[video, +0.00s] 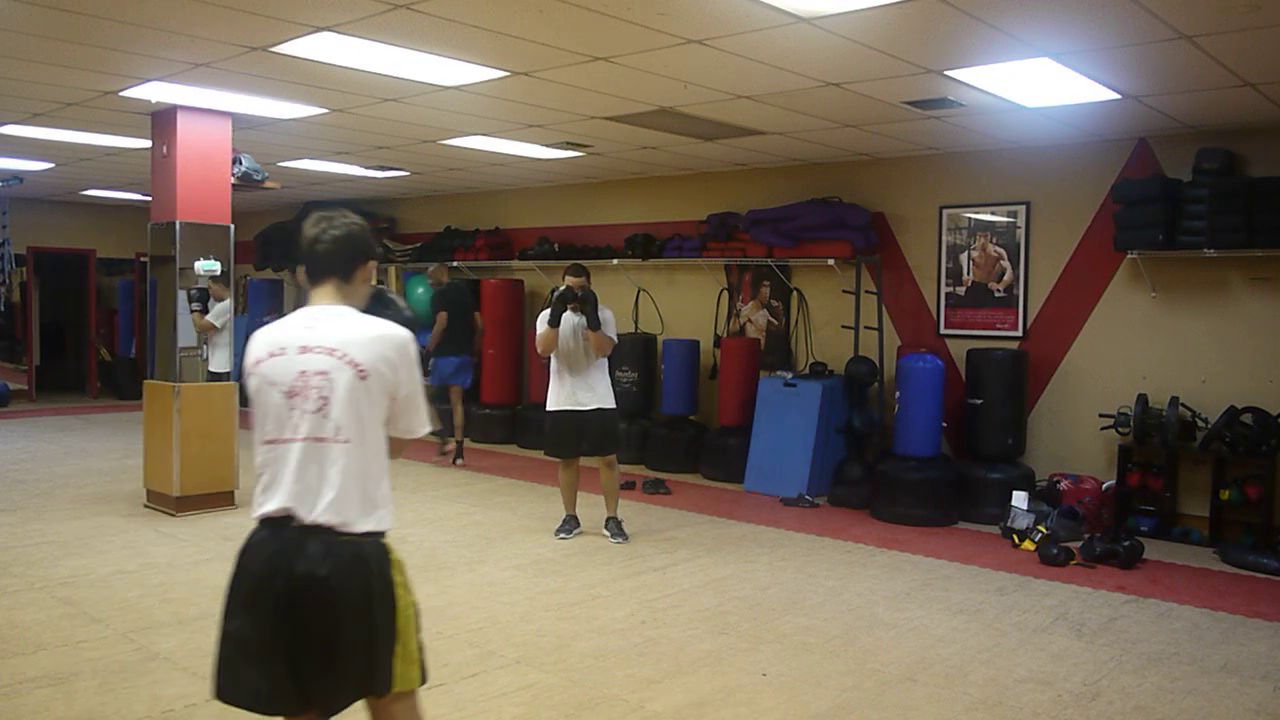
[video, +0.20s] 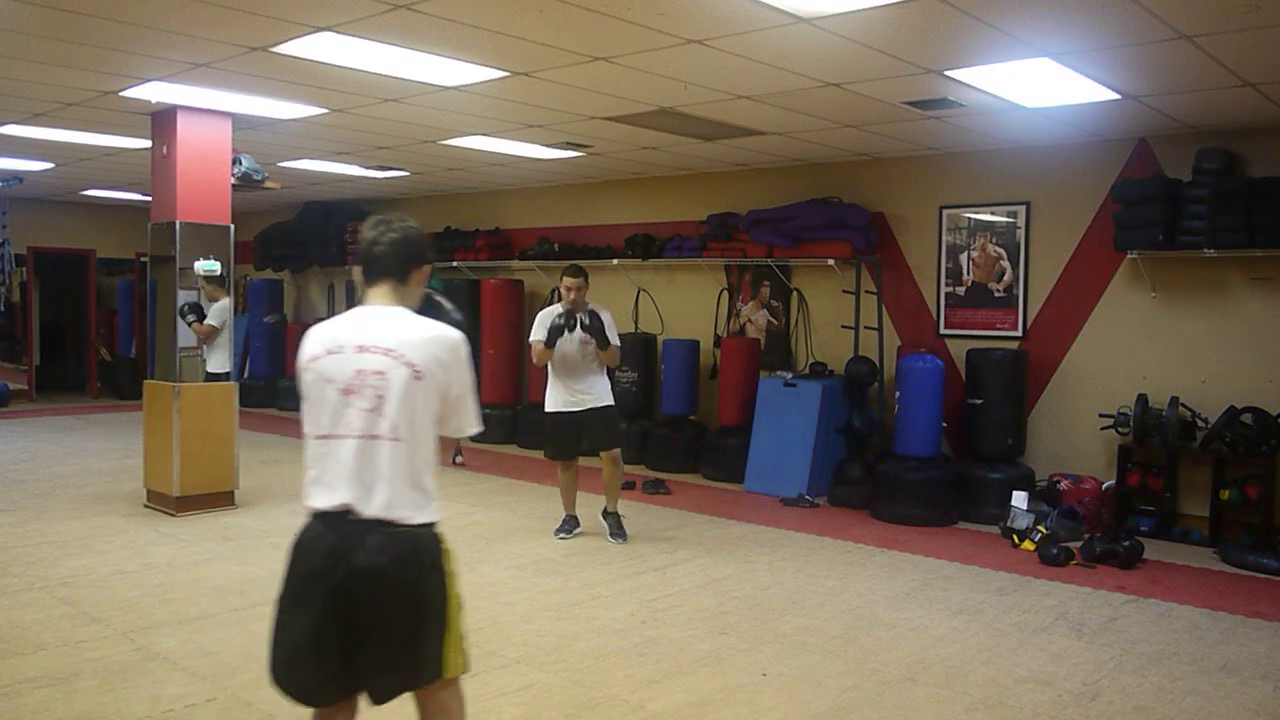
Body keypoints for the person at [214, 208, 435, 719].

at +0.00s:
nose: (374, 277)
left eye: (372, 267)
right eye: (373, 267)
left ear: (302, 272)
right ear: (366, 268)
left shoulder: (260, 343)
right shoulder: (392, 342)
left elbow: (266, 432)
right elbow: (399, 441)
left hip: (271, 554)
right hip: (356, 560)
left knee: (299, 707)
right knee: (394, 702)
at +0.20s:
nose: (427, 281)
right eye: (426, 272)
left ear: (358, 273)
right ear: (421, 273)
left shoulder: (315, 340)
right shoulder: (444, 342)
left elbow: (319, 432)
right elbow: (445, 448)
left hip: (323, 548)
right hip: (407, 551)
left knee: (332, 701)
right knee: (438, 690)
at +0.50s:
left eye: (432, 271)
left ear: (433, 277)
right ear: (494, 277)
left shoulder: (398, 338)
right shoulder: (523, 341)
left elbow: (387, 435)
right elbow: (546, 443)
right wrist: (488, 425)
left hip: (414, 539)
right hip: (493, 541)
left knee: (408, 673)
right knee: (483, 685)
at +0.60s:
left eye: (449, 274)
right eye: (514, 275)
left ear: (449, 281)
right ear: (512, 280)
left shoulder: (416, 342)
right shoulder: (540, 343)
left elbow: (412, 443)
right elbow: (567, 444)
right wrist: (516, 419)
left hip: (430, 536)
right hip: (508, 541)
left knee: (430, 662)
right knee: (490, 682)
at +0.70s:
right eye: (526, 278)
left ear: (461, 287)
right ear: (523, 285)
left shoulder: (432, 347)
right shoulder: (552, 347)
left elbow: (421, 445)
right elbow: (579, 448)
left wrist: (476, 433)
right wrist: (527, 427)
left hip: (446, 536)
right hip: (522, 540)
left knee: (448, 664)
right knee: (496, 678)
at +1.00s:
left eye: (482, 291)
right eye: (542, 286)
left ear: (482, 295)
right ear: (537, 289)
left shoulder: (461, 349)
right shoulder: (571, 345)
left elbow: (453, 435)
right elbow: (607, 432)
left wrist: (506, 426)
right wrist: (553, 418)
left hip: (481, 518)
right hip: (549, 519)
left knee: (495, 645)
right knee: (550, 646)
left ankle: (491, 719)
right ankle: (536, 715)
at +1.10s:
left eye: (487, 288)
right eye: (552, 283)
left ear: (491, 290)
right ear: (545, 287)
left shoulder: (473, 342)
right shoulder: (579, 338)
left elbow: (460, 425)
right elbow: (623, 416)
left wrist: (513, 412)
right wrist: (569, 402)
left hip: (492, 509)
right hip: (560, 512)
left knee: (501, 639)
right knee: (581, 647)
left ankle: (491, 719)